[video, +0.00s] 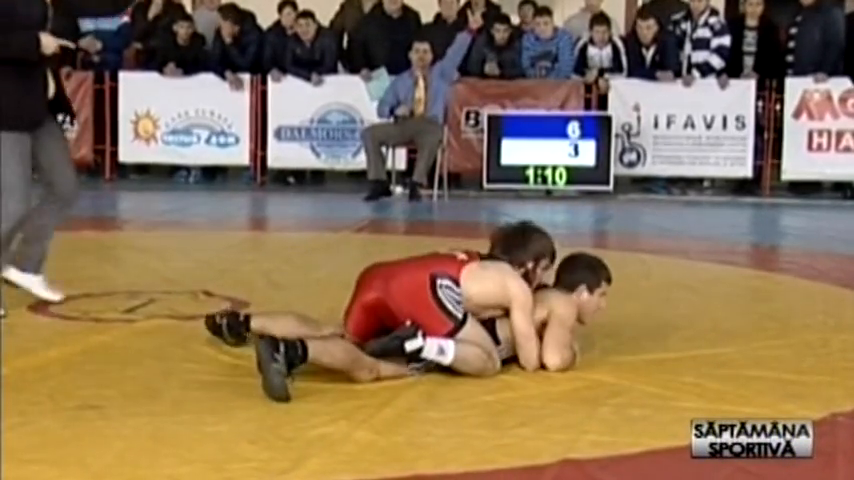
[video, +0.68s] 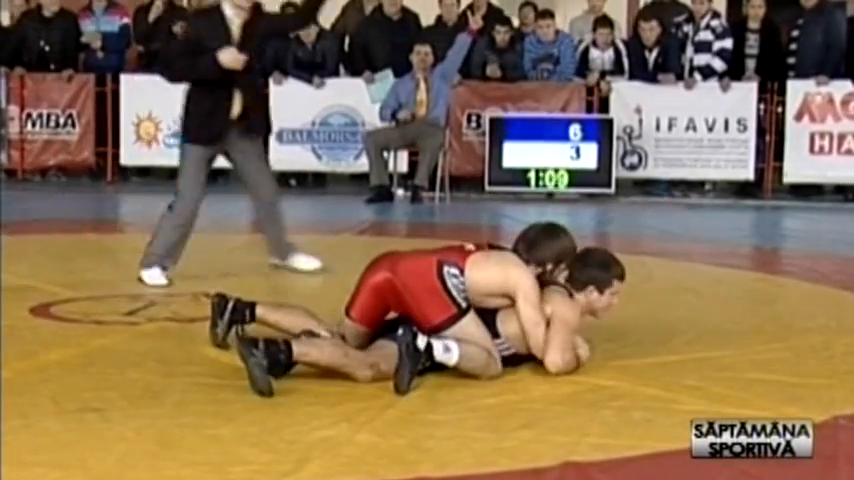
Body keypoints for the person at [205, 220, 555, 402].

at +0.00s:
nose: (545, 272)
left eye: (547, 265)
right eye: (545, 265)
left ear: (504, 253)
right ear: (532, 264)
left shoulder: (475, 264)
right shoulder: (515, 285)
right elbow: (528, 360)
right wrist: (536, 324)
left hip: (374, 280)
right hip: (413, 288)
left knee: (349, 347)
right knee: (483, 361)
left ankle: (247, 321)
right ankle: (417, 345)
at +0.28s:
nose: (555, 273)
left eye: (556, 267)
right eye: (556, 266)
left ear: (518, 247)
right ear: (544, 262)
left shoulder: (490, 259)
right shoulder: (523, 272)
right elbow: (533, 340)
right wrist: (563, 342)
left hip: (390, 265)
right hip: (429, 274)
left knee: (346, 341)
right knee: (489, 362)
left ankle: (240, 312)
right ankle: (422, 334)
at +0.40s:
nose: (609, 301)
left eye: (612, 295)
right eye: (605, 291)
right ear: (579, 283)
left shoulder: (558, 299)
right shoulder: (559, 304)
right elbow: (548, 354)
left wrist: (570, 340)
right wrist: (571, 353)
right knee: (368, 366)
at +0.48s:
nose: (612, 299)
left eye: (614, 291)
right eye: (608, 289)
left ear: (582, 286)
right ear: (583, 285)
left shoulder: (557, 298)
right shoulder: (561, 306)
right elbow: (548, 358)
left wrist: (572, 341)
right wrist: (572, 353)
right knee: (368, 365)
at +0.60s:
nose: (615, 297)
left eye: (615, 289)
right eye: (612, 289)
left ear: (582, 281)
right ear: (589, 286)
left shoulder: (549, 293)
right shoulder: (556, 303)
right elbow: (543, 355)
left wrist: (558, 336)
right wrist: (576, 345)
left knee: (359, 353)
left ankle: (276, 349)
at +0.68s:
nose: (562, 273)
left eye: (564, 267)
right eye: (563, 266)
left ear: (525, 247)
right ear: (548, 261)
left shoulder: (492, 257)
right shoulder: (522, 276)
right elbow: (542, 348)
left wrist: (550, 328)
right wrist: (570, 343)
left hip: (388, 266)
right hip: (422, 277)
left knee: (340, 341)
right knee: (488, 362)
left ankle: (244, 310)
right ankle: (424, 348)